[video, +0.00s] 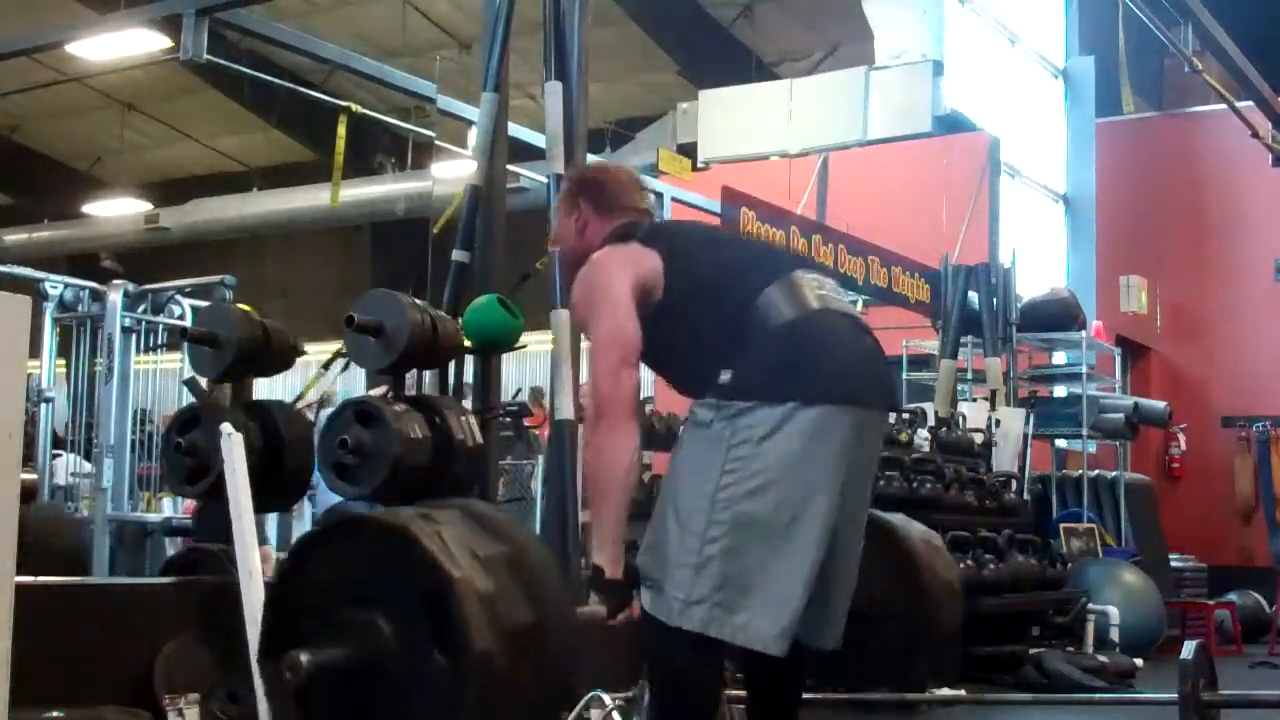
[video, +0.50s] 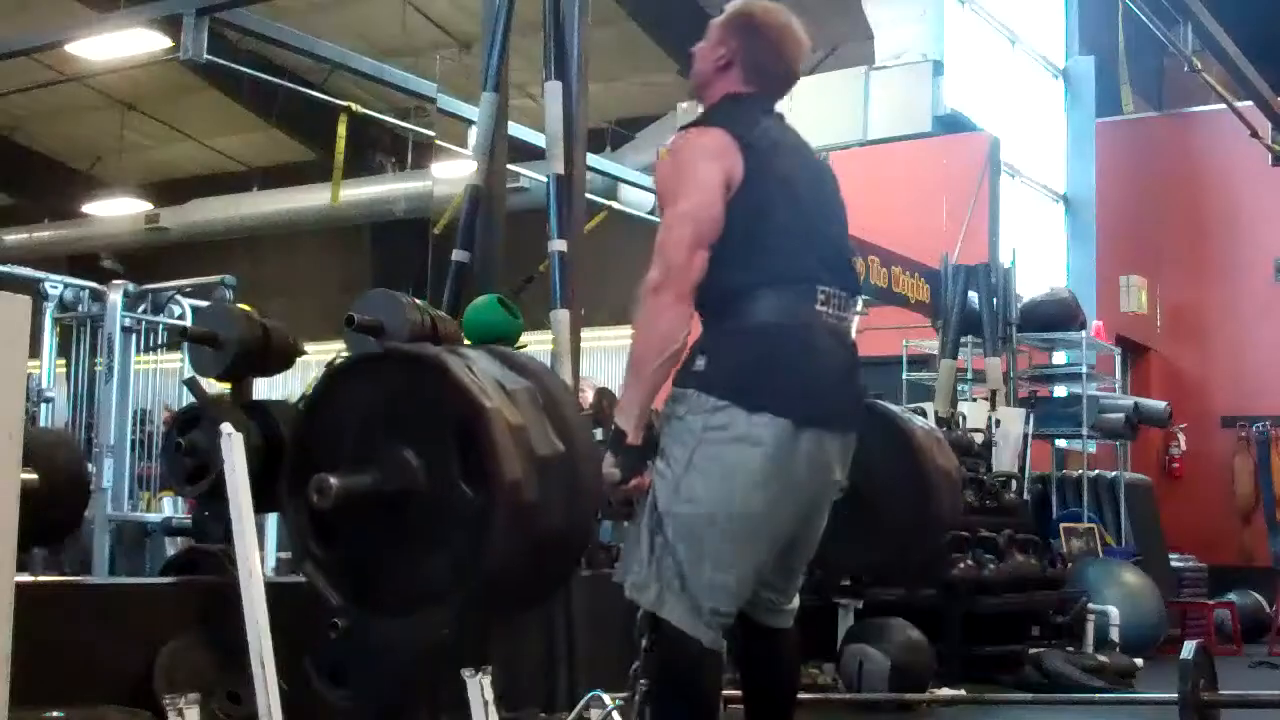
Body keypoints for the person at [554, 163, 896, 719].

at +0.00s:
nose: (553, 241)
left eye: (557, 223)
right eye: (554, 225)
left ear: (581, 215)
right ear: (632, 214)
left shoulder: (608, 269)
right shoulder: (688, 249)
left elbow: (614, 417)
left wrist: (608, 567)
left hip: (778, 383)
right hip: (862, 384)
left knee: (681, 612)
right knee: (776, 624)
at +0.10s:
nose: (566, 203)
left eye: (571, 186)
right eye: (568, 188)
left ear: (599, 186)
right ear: (653, 188)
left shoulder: (622, 241)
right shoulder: (704, 224)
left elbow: (619, 388)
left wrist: (612, 541)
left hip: (775, 378)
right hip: (859, 380)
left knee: (685, 607)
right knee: (784, 629)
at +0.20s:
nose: (587, 162)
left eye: (592, 147)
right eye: (588, 148)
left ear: (619, 145)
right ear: (670, 150)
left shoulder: (636, 209)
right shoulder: (718, 198)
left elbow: (632, 351)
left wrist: (615, 506)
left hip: (774, 369)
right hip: (854, 372)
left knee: (699, 611)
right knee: (780, 623)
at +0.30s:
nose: (620, 113)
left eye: (628, 99)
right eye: (625, 99)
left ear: (652, 109)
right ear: (702, 121)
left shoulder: (659, 181)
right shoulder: (743, 181)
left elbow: (640, 332)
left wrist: (617, 482)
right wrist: (676, 482)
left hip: (767, 370)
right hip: (844, 377)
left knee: (688, 600)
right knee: (782, 617)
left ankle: (686, 715)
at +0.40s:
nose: (656, 76)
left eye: (664, 64)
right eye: (663, 63)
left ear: (686, 78)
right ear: (737, 96)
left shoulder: (678, 159)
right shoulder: (775, 167)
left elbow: (653, 301)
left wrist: (624, 453)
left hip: (753, 379)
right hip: (837, 391)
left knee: (685, 627)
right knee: (775, 628)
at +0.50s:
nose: (692, 50)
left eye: (706, 37)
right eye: (702, 37)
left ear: (728, 57)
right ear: (766, 74)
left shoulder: (705, 144)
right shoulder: (804, 158)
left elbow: (672, 284)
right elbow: (777, 303)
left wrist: (629, 428)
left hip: (746, 387)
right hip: (831, 399)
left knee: (685, 615)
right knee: (769, 611)